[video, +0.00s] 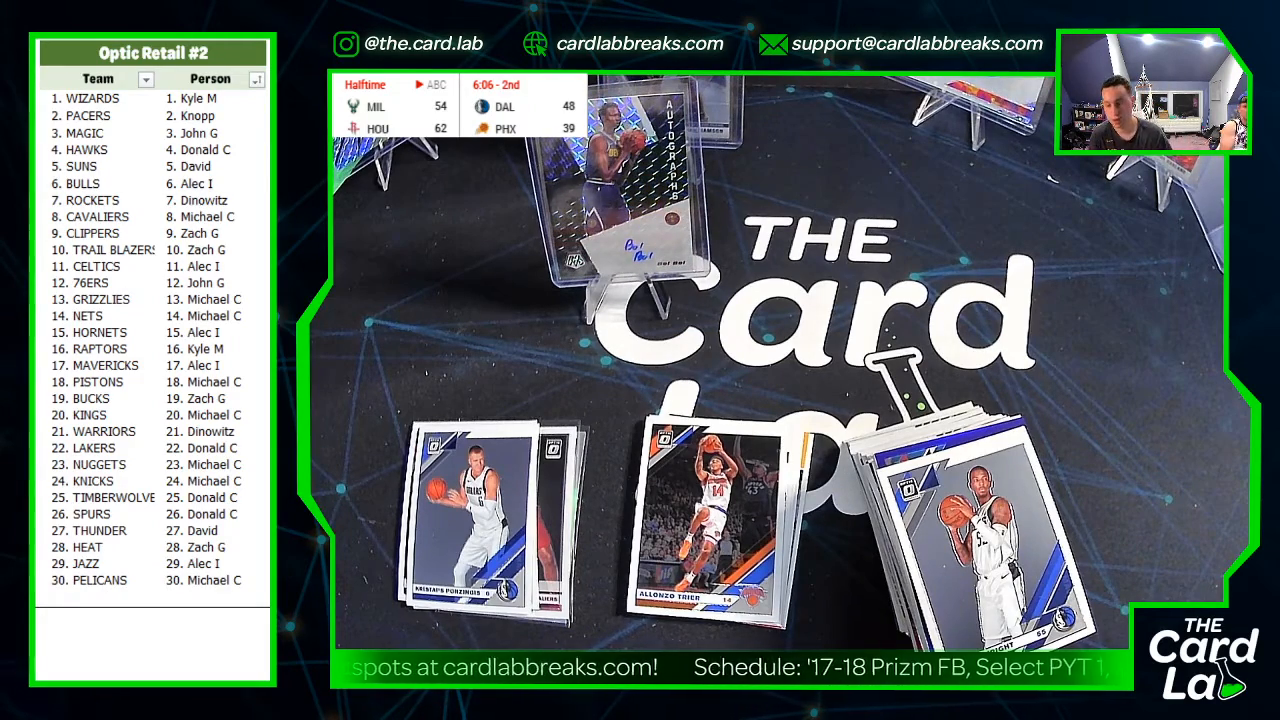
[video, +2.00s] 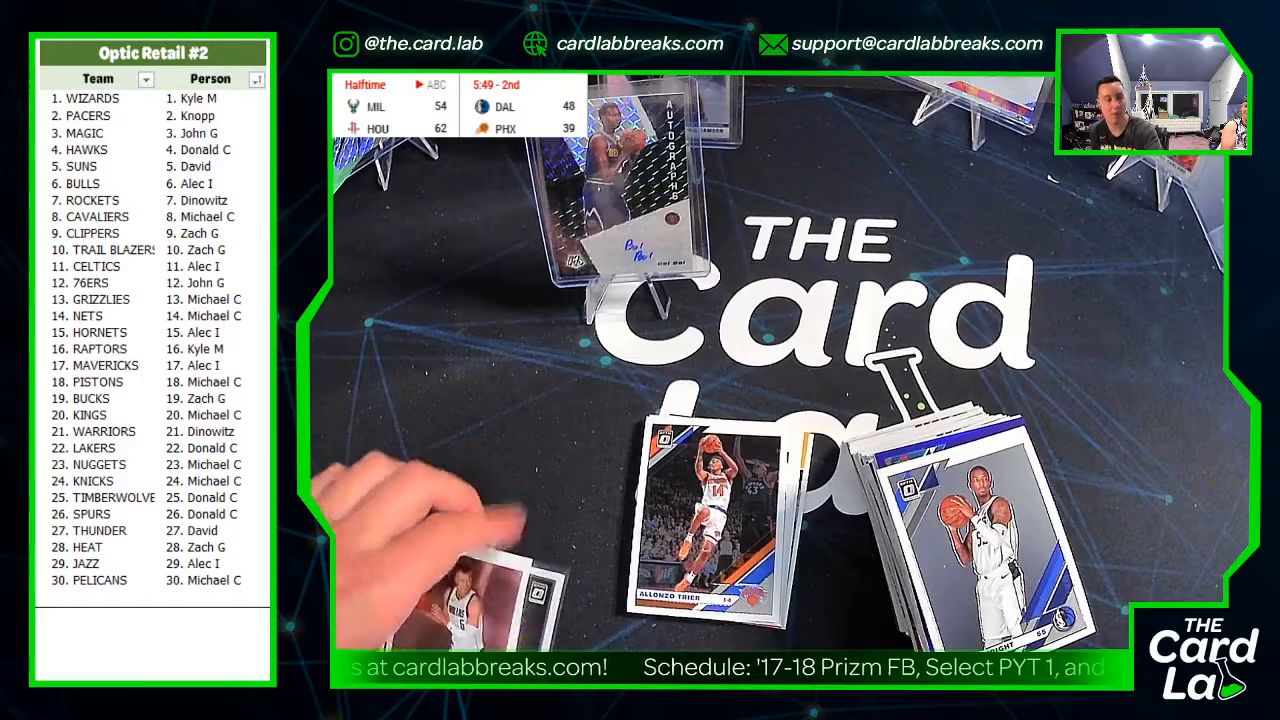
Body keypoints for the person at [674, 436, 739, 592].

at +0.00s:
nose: (714, 463)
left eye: (717, 461)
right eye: (713, 461)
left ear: (721, 465)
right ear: (710, 465)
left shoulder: (727, 476)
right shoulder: (706, 477)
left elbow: (734, 468)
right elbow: (698, 470)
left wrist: (722, 452)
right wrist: (700, 451)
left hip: (721, 513)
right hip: (706, 507)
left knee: (707, 550)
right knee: (704, 511)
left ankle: (689, 578)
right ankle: (688, 539)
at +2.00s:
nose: (714, 463)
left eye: (717, 461)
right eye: (713, 461)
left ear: (721, 465)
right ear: (710, 465)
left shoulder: (727, 476)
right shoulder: (706, 476)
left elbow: (734, 469)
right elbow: (699, 470)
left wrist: (722, 452)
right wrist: (700, 451)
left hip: (721, 513)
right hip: (707, 507)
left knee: (707, 550)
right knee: (704, 511)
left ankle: (688, 579)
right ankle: (688, 540)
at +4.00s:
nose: (714, 464)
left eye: (717, 462)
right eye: (712, 461)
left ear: (721, 466)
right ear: (709, 465)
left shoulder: (727, 476)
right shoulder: (705, 477)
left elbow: (734, 469)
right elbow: (698, 471)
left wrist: (721, 452)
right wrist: (700, 451)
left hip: (720, 512)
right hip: (706, 507)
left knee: (707, 550)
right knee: (704, 512)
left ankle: (689, 578)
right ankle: (688, 540)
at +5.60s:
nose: (714, 464)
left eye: (717, 462)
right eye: (713, 462)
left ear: (721, 465)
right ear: (709, 465)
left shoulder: (727, 476)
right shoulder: (705, 477)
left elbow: (734, 469)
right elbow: (698, 471)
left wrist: (722, 452)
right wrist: (700, 451)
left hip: (720, 513)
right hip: (706, 507)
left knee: (707, 550)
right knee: (705, 512)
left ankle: (688, 580)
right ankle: (688, 540)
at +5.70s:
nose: (714, 464)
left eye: (717, 462)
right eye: (712, 462)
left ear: (721, 465)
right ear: (709, 464)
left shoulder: (726, 476)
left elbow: (734, 468)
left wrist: (722, 453)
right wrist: (700, 449)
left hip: (719, 510)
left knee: (708, 544)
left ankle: (708, 576)